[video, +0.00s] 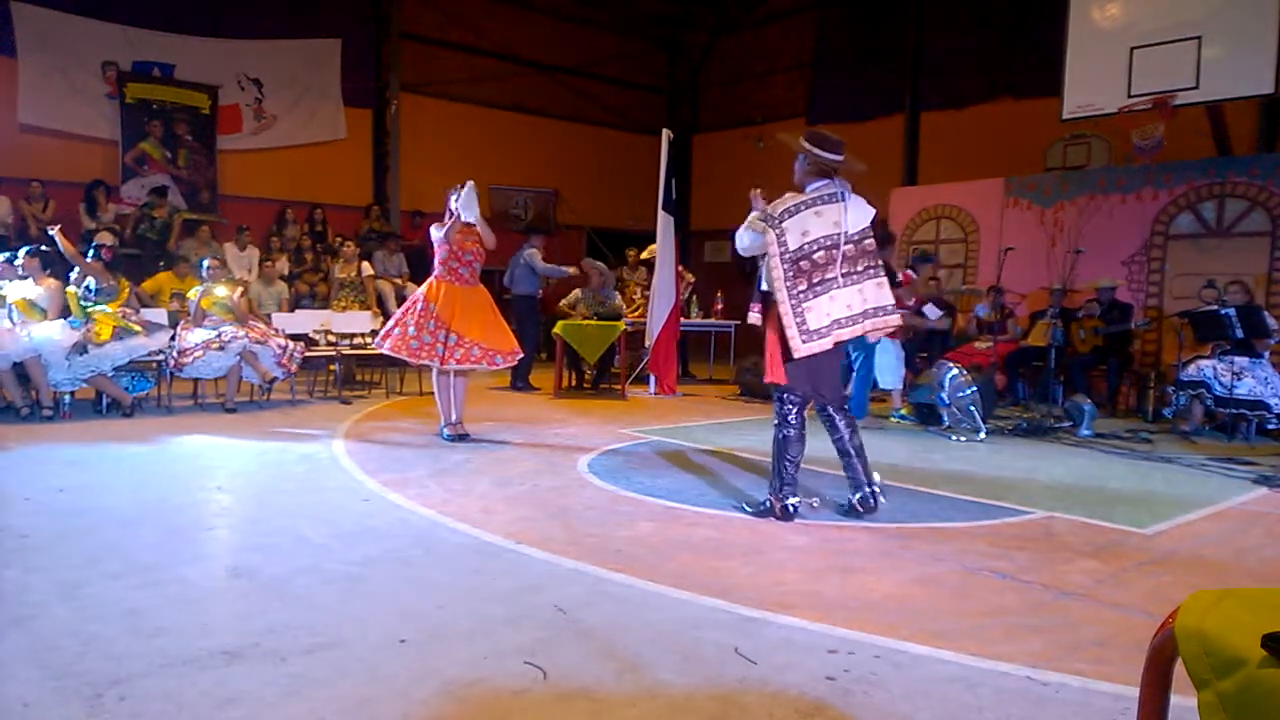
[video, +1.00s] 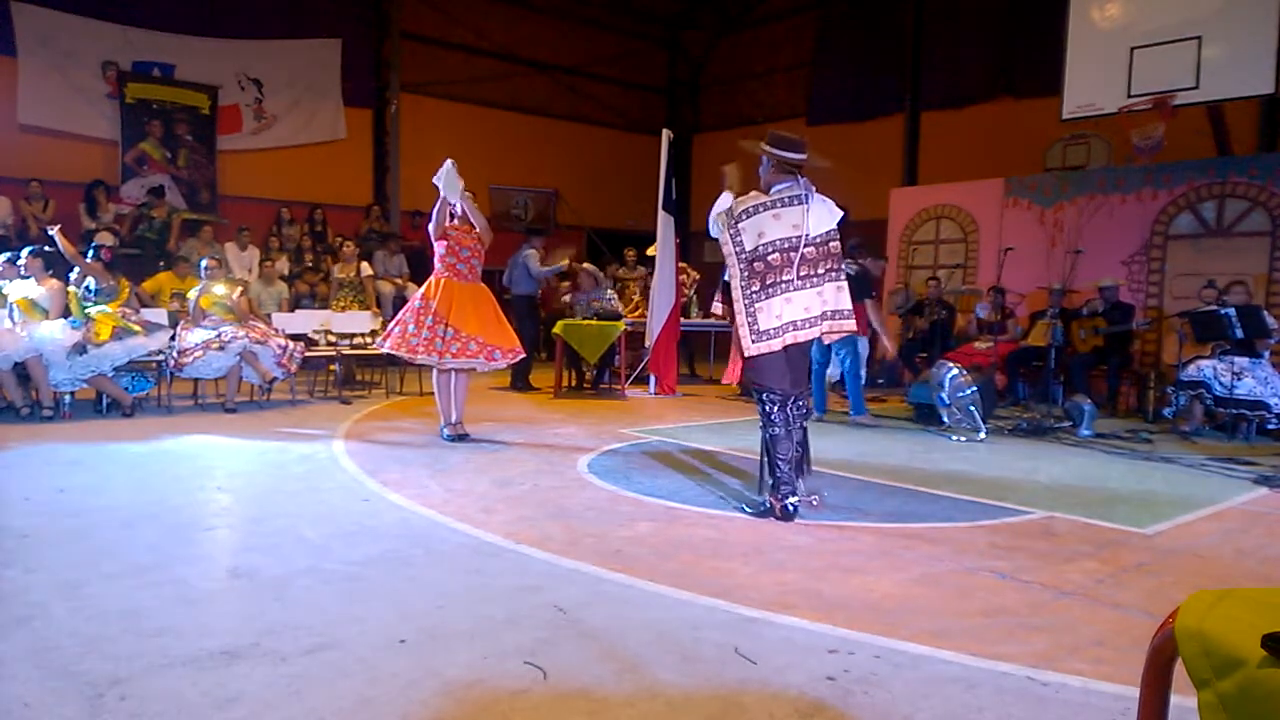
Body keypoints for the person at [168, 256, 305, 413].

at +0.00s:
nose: (212, 272)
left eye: (216, 268)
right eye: (209, 269)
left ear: (224, 270)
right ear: (203, 272)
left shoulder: (236, 289)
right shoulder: (197, 293)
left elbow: (244, 319)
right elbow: (197, 322)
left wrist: (234, 303)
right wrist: (201, 298)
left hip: (233, 327)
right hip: (208, 328)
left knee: (236, 356)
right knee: (237, 340)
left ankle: (230, 400)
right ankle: (264, 374)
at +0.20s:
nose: (210, 273)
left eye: (214, 269)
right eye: (207, 269)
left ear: (223, 270)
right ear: (202, 272)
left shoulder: (236, 289)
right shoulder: (197, 293)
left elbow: (244, 318)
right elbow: (196, 321)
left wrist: (234, 303)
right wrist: (200, 300)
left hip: (233, 328)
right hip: (208, 330)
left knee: (236, 357)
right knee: (238, 342)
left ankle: (230, 400)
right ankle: (265, 374)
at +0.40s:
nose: (210, 273)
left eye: (214, 269)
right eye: (206, 269)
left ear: (223, 270)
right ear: (201, 273)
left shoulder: (236, 289)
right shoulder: (197, 293)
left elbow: (245, 318)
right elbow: (196, 321)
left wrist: (234, 303)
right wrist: (201, 299)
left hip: (233, 328)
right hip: (208, 329)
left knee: (236, 357)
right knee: (238, 342)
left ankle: (230, 400)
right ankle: (264, 374)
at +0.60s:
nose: (209, 273)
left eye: (213, 269)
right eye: (205, 269)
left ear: (222, 270)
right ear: (201, 272)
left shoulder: (235, 289)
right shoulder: (196, 293)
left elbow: (245, 317)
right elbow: (197, 321)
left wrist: (233, 303)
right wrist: (200, 298)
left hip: (233, 328)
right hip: (207, 330)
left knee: (236, 358)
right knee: (238, 342)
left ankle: (229, 400)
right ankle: (264, 375)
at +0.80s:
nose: (209, 273)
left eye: (213, 269)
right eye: (205, 269)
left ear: (222, 270)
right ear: (201, 272)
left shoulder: (235, 289)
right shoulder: (196, 293)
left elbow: (245, 317)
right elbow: (196, 321)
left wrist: (233, 303)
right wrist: (200, 298)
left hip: (233, 328)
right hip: (208, 330)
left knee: (236, 358)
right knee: (239, 342)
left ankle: (229, 401)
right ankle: (265, 375)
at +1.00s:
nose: (209, 273)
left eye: (213, 269)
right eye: (205, 269)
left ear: (222, 270)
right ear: (201, 272)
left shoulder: (235, 289)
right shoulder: (196, 293)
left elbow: (245, 317)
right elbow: (196, 321)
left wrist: (233, 304)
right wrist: (199, 297)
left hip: (233, 327)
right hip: (208, 329)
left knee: (236, 358)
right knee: (239, 342)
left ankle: (230, 400)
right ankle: (265, 375)